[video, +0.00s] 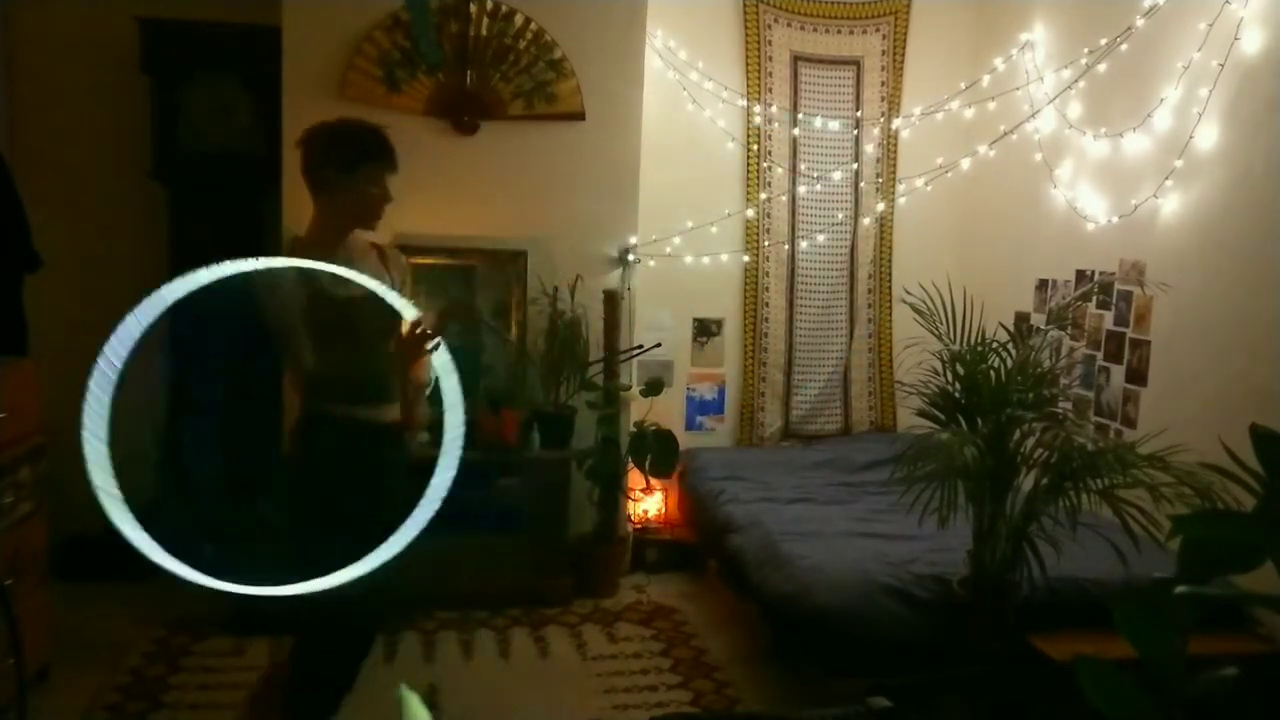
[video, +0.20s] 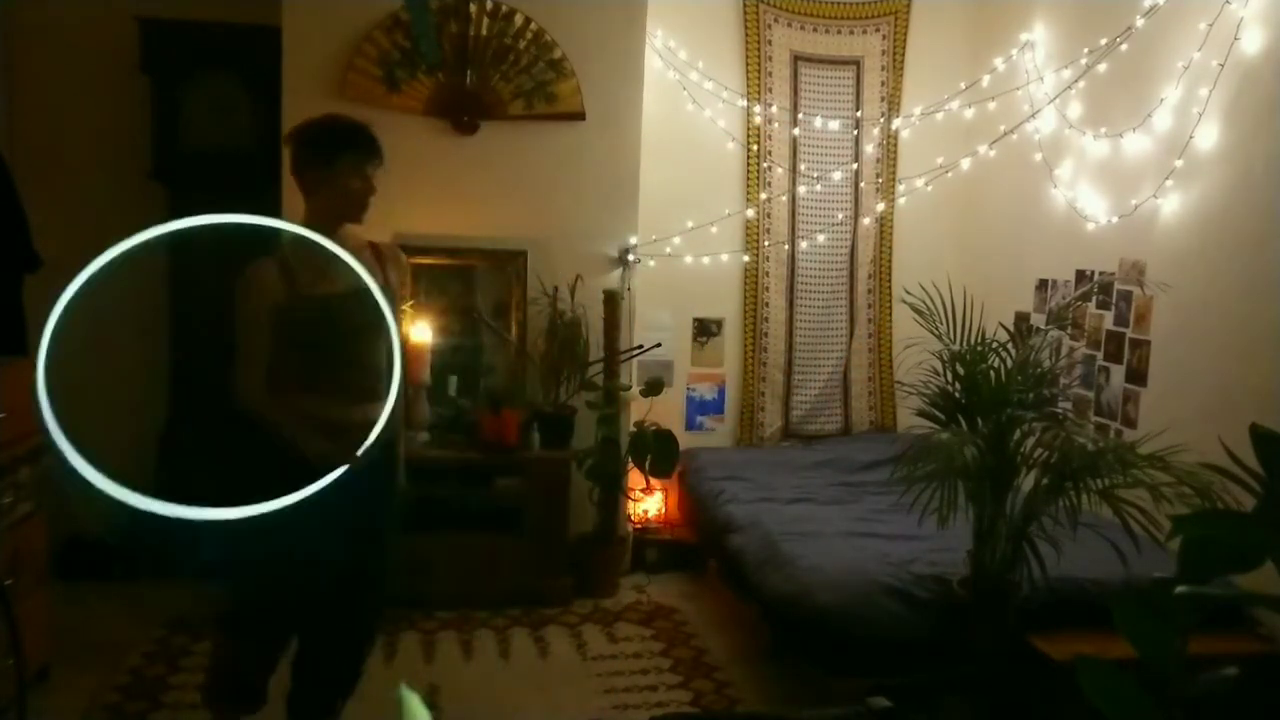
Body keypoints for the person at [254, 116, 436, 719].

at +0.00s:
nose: (389, 197)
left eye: (388, 183)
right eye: (377, 183)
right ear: (335, 185)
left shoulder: (388, 262)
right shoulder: (294, 266)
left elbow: (411, 364)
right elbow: (302, 373)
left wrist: (414, 432)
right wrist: (394, 360)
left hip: (382, 445)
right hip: (325, 445)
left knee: (363, 603)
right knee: (330, 606)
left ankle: (313, 702)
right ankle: (299, 703)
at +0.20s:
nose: (368, 189)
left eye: (372, 176)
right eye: (356, 176)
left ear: (370, 181)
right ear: (314, 178)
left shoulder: (381, 262)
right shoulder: (271, 274)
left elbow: (404, 356)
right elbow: (257, 390)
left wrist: (407, 411)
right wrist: (328, 438)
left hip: (370, 467)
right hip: (295, 469)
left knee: (348, 628)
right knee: (267, 615)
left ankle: (318, 707)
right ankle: (231, 700)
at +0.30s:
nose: (367, 191)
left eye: (372, 178)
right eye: (353, 176)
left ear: (373, 183)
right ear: (312, 181)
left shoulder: (383, 275)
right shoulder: (269, 277)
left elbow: (407, 376)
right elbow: (229, 381)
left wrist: (408, 461)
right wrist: (255, 464)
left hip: (367, 481)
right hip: (285, 482)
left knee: (367, 645)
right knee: (244, 648)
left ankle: (351, 709)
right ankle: (227, 705)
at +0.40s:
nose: (366, 195)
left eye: (373, 181)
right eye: (349, 179)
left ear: (381, 190)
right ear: (318, 182)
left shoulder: (395, 274)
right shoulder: (277, 274)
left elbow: (422, 369)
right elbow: (198, 350)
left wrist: (433, 448)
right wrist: (206, 429)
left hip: (372, 478)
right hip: (285, 481)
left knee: (376, 640)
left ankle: (376, 709)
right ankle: (224, 706)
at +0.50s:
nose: (388, 191)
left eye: (391, 179)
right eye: (372, 178)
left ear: (396, 188)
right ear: (330, 187)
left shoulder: (417, 277)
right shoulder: (296, 274)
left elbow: (448, 373)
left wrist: (464, 445)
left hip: (395, 460)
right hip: (319, 459)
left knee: (385, 636)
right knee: (297, 632)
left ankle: (378, 705)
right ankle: (255, 705)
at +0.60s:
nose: (399, 196)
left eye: (403, 184)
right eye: (384, 183)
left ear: (406, 193)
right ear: (341, 191)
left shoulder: (421, 274)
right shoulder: (311, 272)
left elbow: (470, 354)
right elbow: (227, 226)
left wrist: (500, 423)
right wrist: (236, 158)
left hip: (406, 450)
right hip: (338, 450)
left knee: (403, 590)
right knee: (335, 587)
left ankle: (383, 695)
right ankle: (330, 693)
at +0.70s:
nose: (415, 200)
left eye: (418, 187)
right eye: (402, 185)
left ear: (416, 195)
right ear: (359, 188)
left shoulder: (432, 276)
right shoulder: (325, 273)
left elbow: (472, 361)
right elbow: (282, 179)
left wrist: (506, 431)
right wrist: (300, 88)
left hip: (416, 458)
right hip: (349, 458)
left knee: (407, 604)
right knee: (370, 600)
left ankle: (382, 698)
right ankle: (401, 688)